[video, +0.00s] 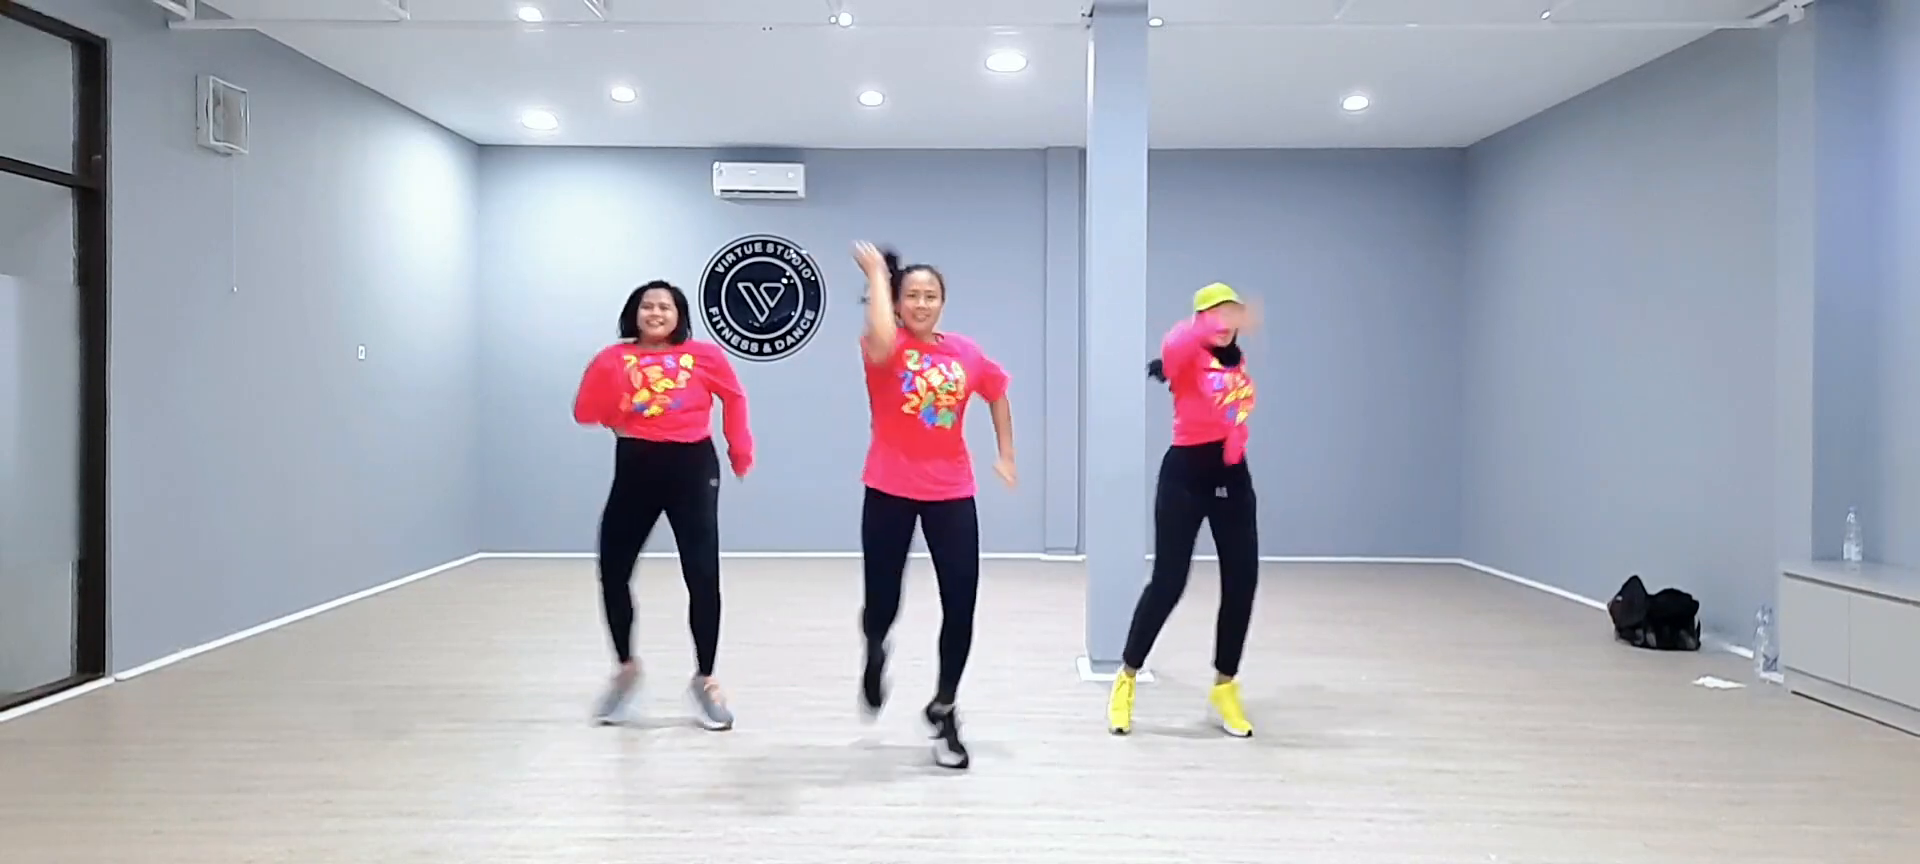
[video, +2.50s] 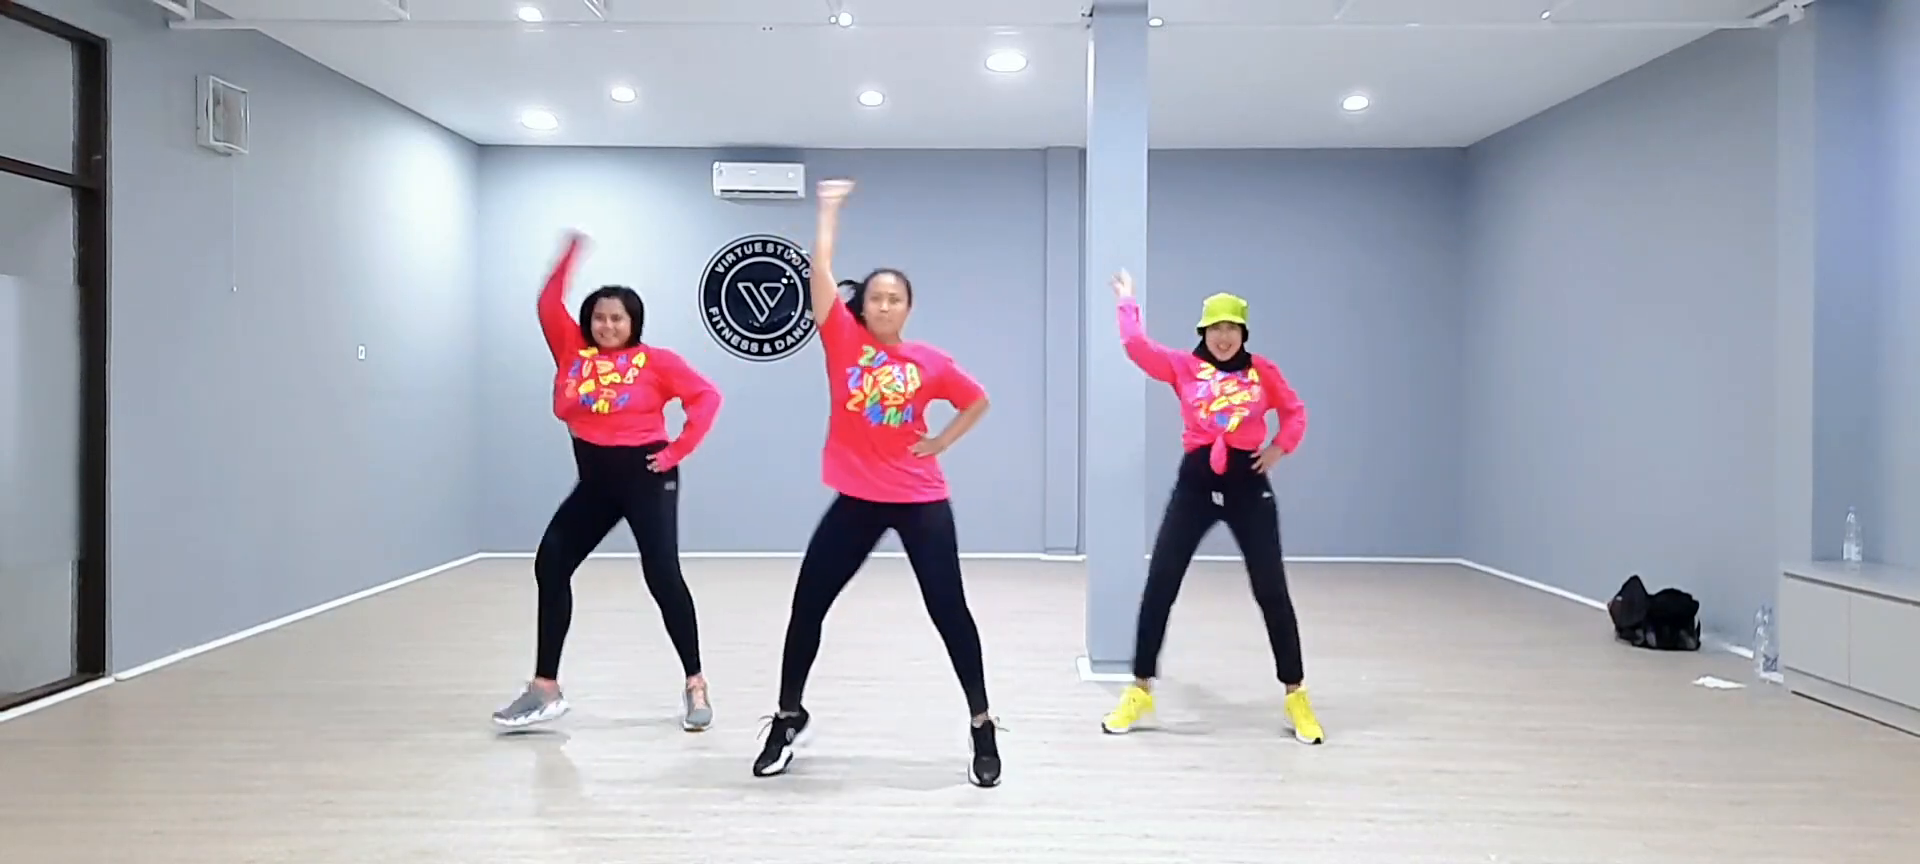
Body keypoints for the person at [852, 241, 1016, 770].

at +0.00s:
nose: (922, 304)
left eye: (931, 296)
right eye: (913, 296)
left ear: (943, 303)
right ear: (897, 302)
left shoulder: (964, 352)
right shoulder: (882, 348)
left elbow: (998, 393)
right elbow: (881, 334)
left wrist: (1006, 454)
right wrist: (877, 273)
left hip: (950, 492)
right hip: (889, 489)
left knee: (960, 604)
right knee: (881, 602)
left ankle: (943, 705)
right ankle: (874, 658)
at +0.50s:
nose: (952, 323)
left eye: (959, 314)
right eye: (941, 314)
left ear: (969, 323)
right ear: (921, 323)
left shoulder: (973, 381)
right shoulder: (910, 376)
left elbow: (988, 448)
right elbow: (856, 420)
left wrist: (999, 408)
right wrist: (905, 470)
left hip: (956, 521)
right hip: (913, 523)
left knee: (984, 626)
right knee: (944, 642)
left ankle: (942, 717)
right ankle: (907, 782)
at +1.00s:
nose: (894, 330)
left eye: (893, 323)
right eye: (908, 322)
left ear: (896, 327)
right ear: (941, 326)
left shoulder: (872, 387)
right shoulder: (967, 382)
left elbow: (849, 456)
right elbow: (976, 454)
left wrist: (842, 511)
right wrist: (935, 449)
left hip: (886, 530)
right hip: (951, 528)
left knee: (905, 637)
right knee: (974, 604)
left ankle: (916, 746)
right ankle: (953, 631)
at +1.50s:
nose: (896, 322)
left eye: (907, 315)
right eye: (891, 315)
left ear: (928, 325)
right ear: (884, 325)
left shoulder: (933, 372)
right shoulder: (891, 380)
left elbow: (950, 434)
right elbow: (871, 427)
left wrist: (893, 452)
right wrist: (846, 435)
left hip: (942, 508)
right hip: (905, 508)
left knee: (905, 603)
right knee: (895, 603)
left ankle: (951, 715)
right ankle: (926, 707)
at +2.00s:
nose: (913, 304)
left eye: (923, 298)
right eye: (905, 297)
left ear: (940, 311)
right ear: (894, 307)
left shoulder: (959, 365)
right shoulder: (877, 342)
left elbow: (1006, 410)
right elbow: (841, 282)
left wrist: (964, 454)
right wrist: (806, 225)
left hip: (931, 500)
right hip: (871, 491)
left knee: (948, 615)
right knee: (828, 599)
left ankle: (980, 734)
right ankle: (818, 705)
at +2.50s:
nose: (886, 306)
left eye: (896, 299)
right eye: (877, 298)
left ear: (909, 309)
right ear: (861, 306)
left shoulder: (927, 362)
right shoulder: (842, 342)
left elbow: (977, 401)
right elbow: (821, 274)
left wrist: (940, 443)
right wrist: (828, 210)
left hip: (920, 500)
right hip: (858, 499)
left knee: (948, 608)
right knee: (808, 600)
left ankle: (982, 723)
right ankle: (788, 715)